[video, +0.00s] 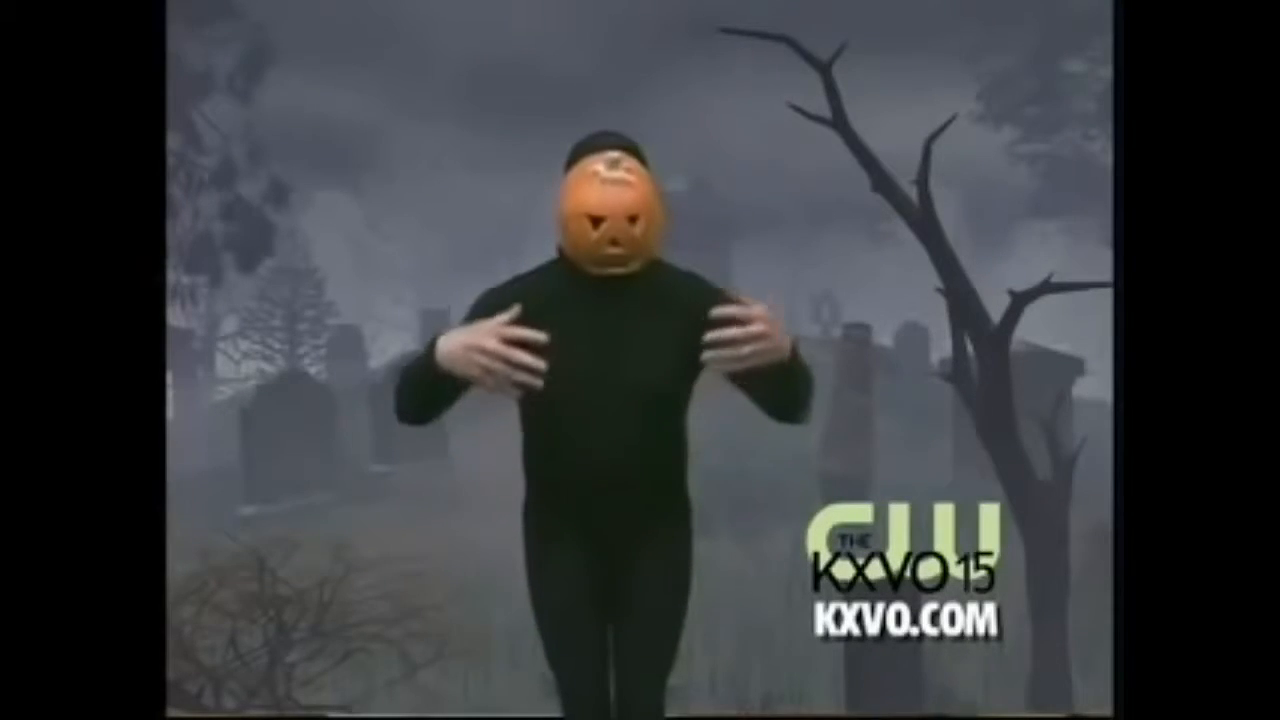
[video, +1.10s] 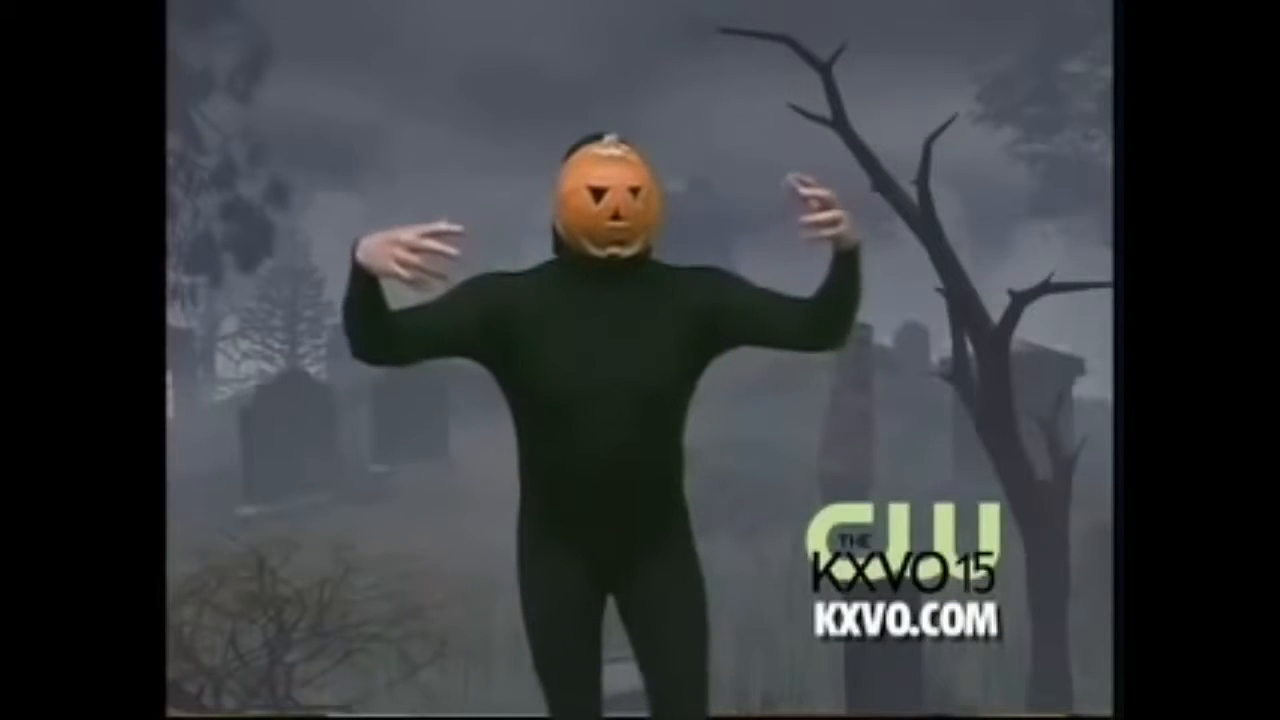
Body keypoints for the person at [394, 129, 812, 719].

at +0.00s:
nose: (614, 213)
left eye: (630, 187)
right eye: (591, 187)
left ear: (656, 206)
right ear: (562, 207)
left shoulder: (689, 302)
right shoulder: (521, 303)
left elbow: (791, 405)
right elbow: (413, 406)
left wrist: (783, 356)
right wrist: (442, 356)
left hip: (656, 533)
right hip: (560, 535)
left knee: (642, 700)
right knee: (582, 700)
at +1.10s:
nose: (617, 205)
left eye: (634, 192)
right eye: (596, 191)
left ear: (656, 208)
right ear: (558, 209)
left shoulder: (697, 297)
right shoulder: (505, 302)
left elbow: (823, 327)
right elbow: (378, 341)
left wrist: (847, 252)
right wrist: (364, 267)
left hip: (659, 545)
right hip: (555, 549)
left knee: (684, 707)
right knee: (572, 709)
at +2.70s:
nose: (619, 184)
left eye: (635, 174)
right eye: (597, 172)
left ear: (660, 201)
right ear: (561, 204)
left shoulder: (701, 279)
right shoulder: (508, 280)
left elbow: (818, 241)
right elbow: (383, 244)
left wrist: (869, 154)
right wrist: (329, 149)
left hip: (666, 557)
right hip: (556, 562)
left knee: (723, 710)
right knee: (554, 712)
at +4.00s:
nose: (618, 189)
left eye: (634, 179)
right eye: (598, 178)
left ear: (660, 200)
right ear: (563, 202)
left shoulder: (690, 267)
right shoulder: (517, 267)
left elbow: (781, 172)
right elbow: (413, 171)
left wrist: (827, 54)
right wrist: (363, 40)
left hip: (666, 560)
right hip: (554, 565)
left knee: (727, 710)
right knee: (545, 711)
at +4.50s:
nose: (623, 200)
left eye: (639, 190)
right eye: (602, 189)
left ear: (665, 211)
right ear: (568, 214)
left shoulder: (688, 278)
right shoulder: (527, 278)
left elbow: (769, 169)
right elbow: (451, 173)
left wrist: (743, 39)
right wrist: (476, 32)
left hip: (666, 562)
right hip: (555, 565)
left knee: (728, 711)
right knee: (546, 711)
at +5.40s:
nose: (628, 229)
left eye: (644, 219)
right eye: (607, 218)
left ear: (668, 240)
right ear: (573, 240)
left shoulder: (698, 309)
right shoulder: (524, 312)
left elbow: (811, 240)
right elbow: (414, 254)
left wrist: (765, 147)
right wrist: (471, 148)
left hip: (665, 572)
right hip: (557, 576)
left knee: (722, 709)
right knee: (550, 711)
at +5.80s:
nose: (627, 236)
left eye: (642, 223)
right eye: (606, 223)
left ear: (667, 240)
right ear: (571, 242)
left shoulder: (700, 317)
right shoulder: (518, 322)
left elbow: (823, 280)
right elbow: (393, 296)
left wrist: (818, 177)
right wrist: (411, 182)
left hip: (665, 577)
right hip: (556, 583)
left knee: (722, 710)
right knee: (551, 714)